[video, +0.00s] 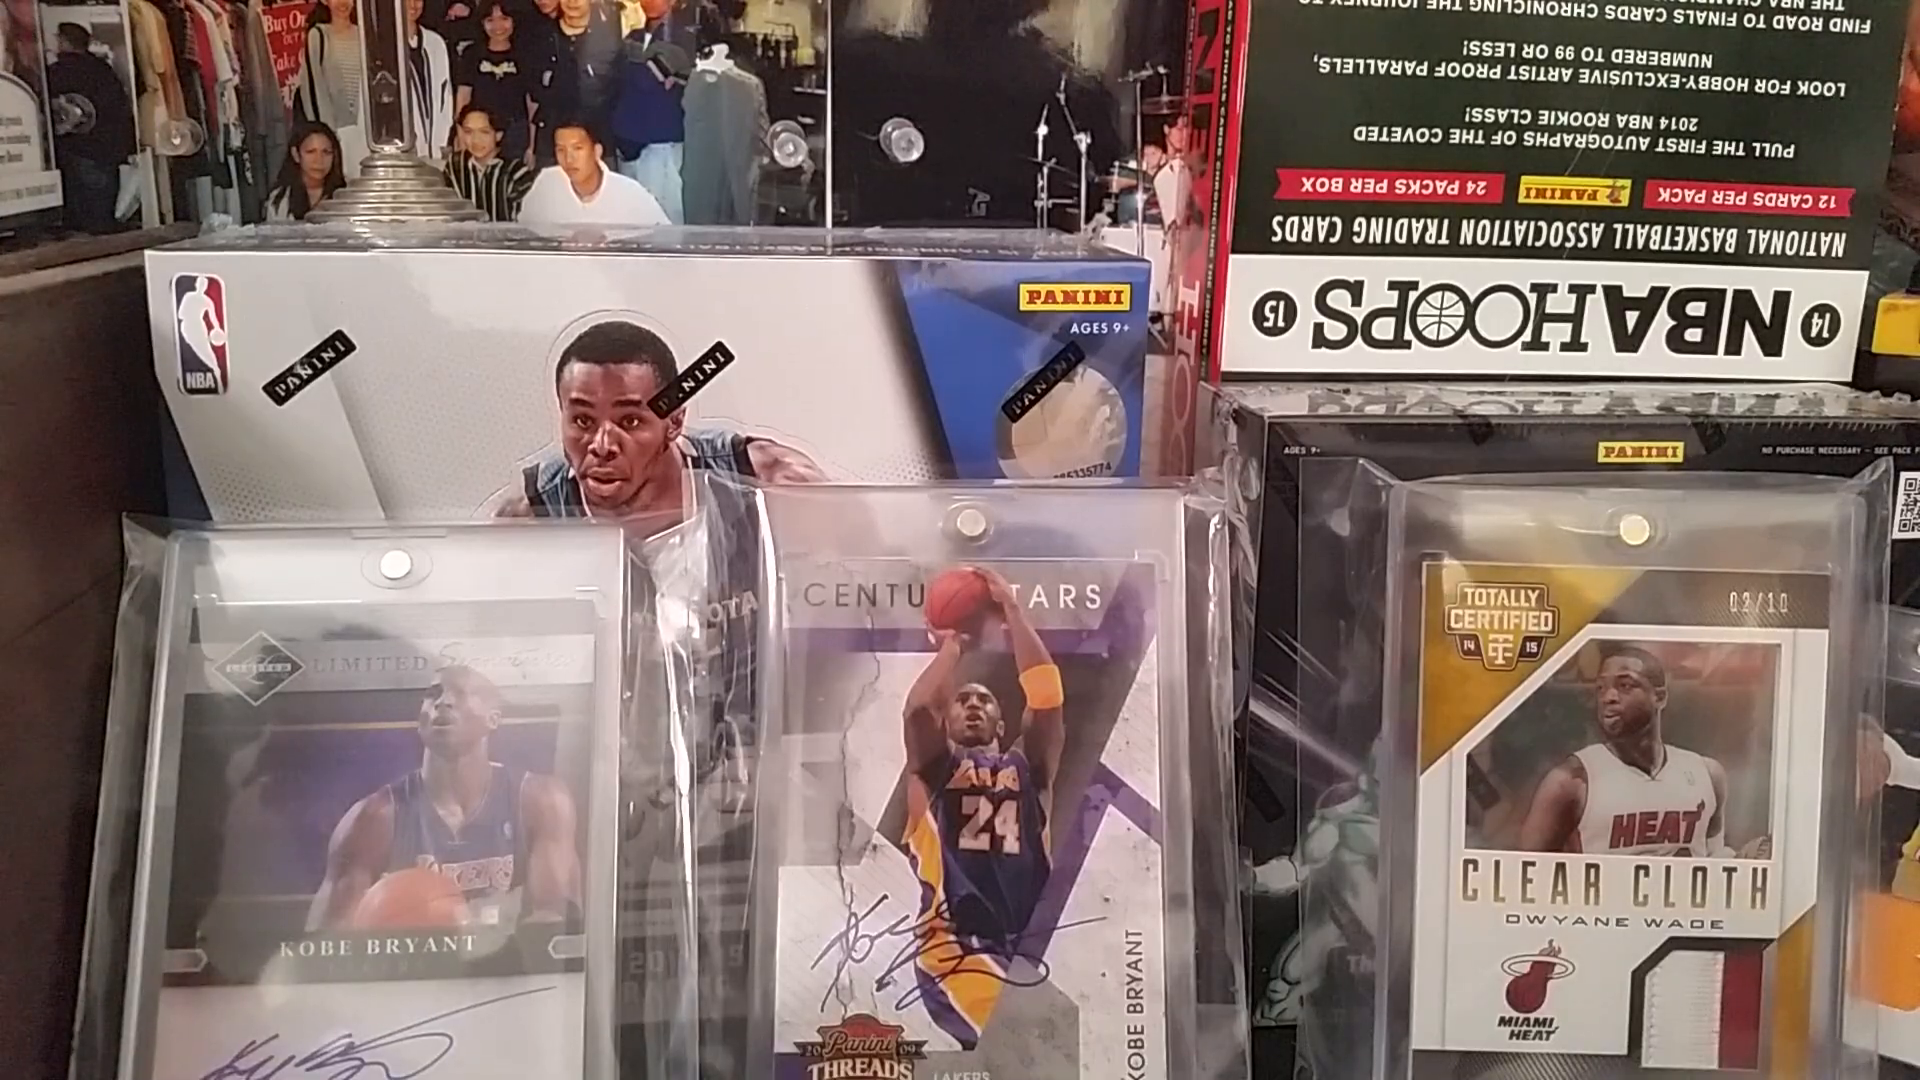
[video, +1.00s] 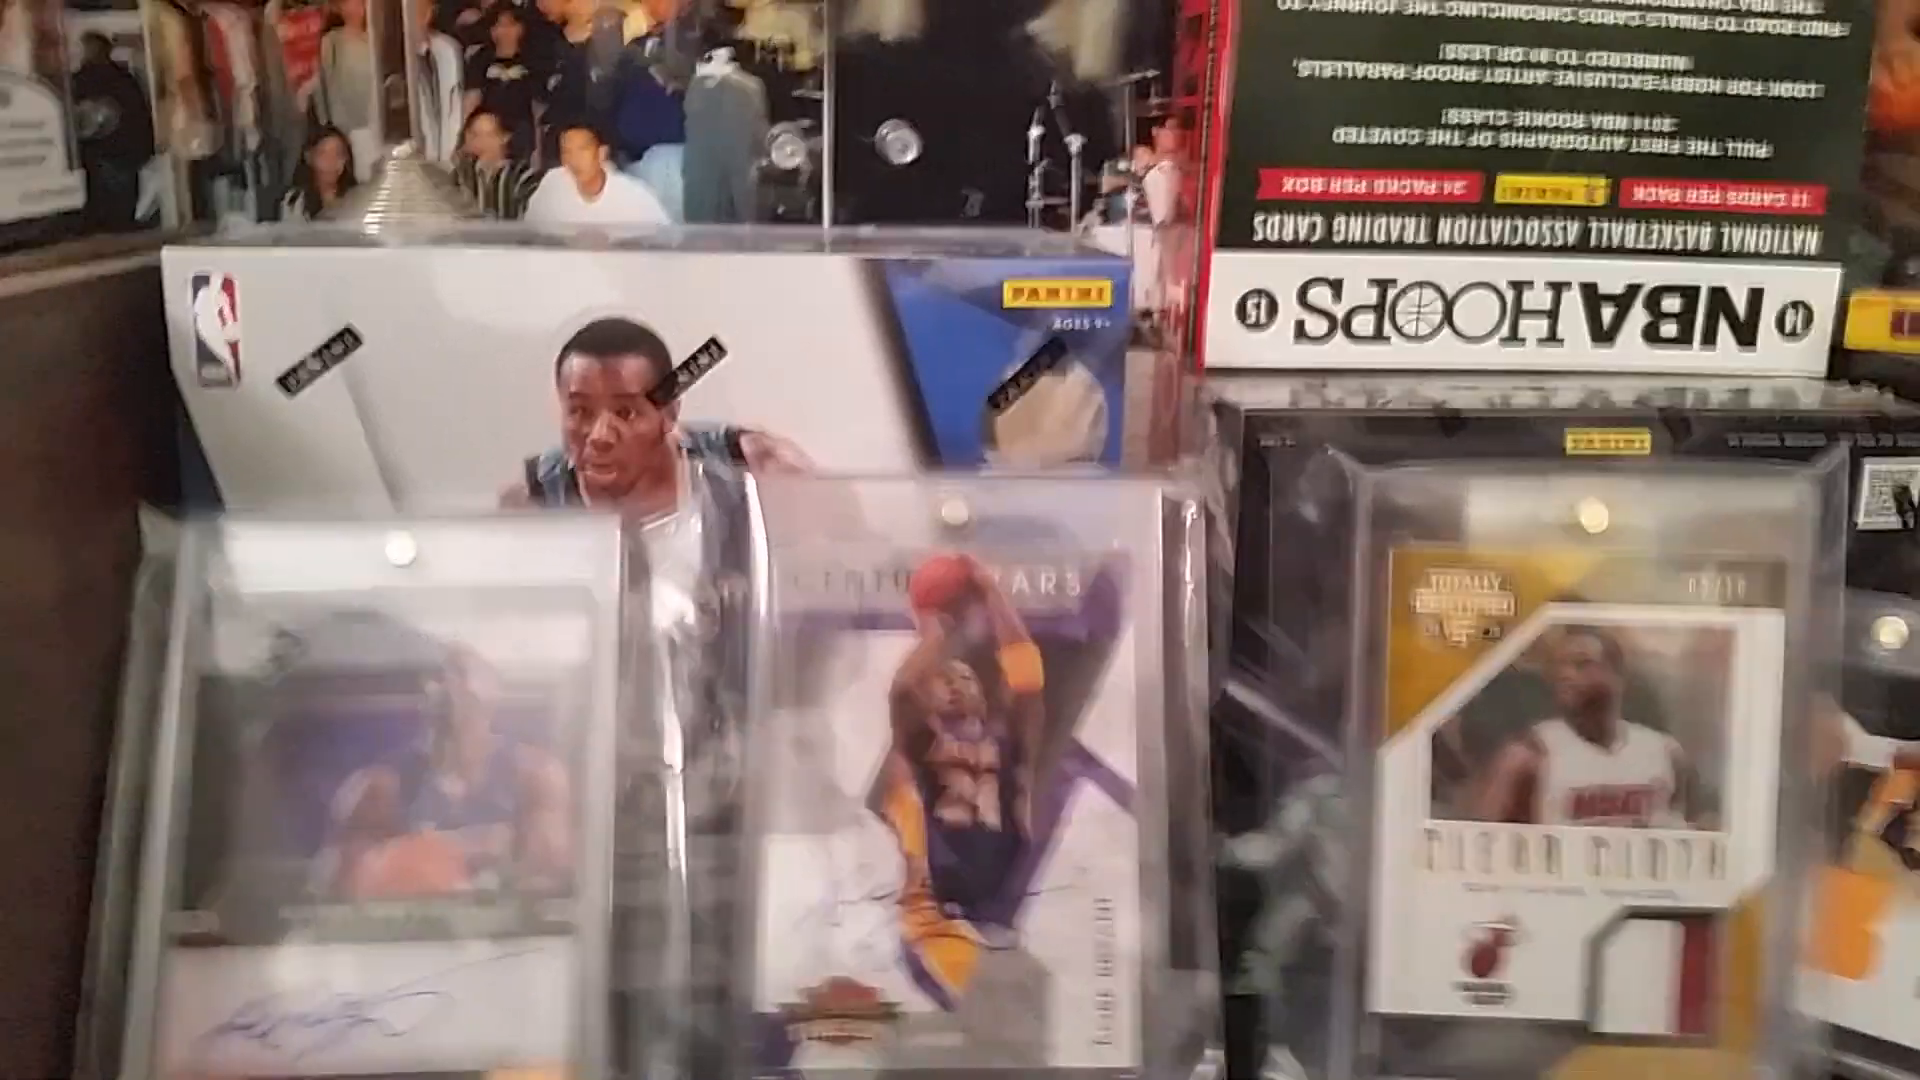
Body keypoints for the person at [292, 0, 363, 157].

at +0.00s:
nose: (342, 4)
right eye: (336, 0)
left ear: (353, 3)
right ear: (326, 3)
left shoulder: (361, 34)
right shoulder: (318, 33)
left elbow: (371, 75)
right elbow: (314, 81)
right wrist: (326, 127)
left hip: (364, 118)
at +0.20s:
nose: (343, 3)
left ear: (354, 3)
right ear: (326, 3)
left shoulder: (361, 34)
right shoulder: (318, 33)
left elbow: (370, 76)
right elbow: (314, 80)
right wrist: (325, 125)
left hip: (363, 119)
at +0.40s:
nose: (345, 3)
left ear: (356, 3)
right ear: (329, 2)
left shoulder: (365, 32)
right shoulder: (321, 32)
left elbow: (373, 74)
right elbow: (319, 79)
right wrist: (329, 124)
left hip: (367, 116)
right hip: (336, 119)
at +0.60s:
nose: (361, 4)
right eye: (355, 0)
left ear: (372, 3)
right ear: (345, 2)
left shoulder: (381, 32)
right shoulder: (337, 32)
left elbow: (389, 73)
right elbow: (335, 78)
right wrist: (345, 122)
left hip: (382, 114)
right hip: (352, 117)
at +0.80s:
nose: (383, 2)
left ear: (392, 3)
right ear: (365, 3)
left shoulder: (400, 32)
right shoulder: (357, 32)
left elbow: (409, 72)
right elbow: (355, 77)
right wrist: (364, 121)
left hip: (401, 112)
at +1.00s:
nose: (357, 7)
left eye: (359, 2)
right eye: (351, 2)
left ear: (365, 6)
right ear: (339, 7)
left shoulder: (372, 37)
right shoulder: (331, 39)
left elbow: (378, 76)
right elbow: (325, 81)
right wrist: (326, 119)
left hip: (371, 114)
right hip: (343, 117)